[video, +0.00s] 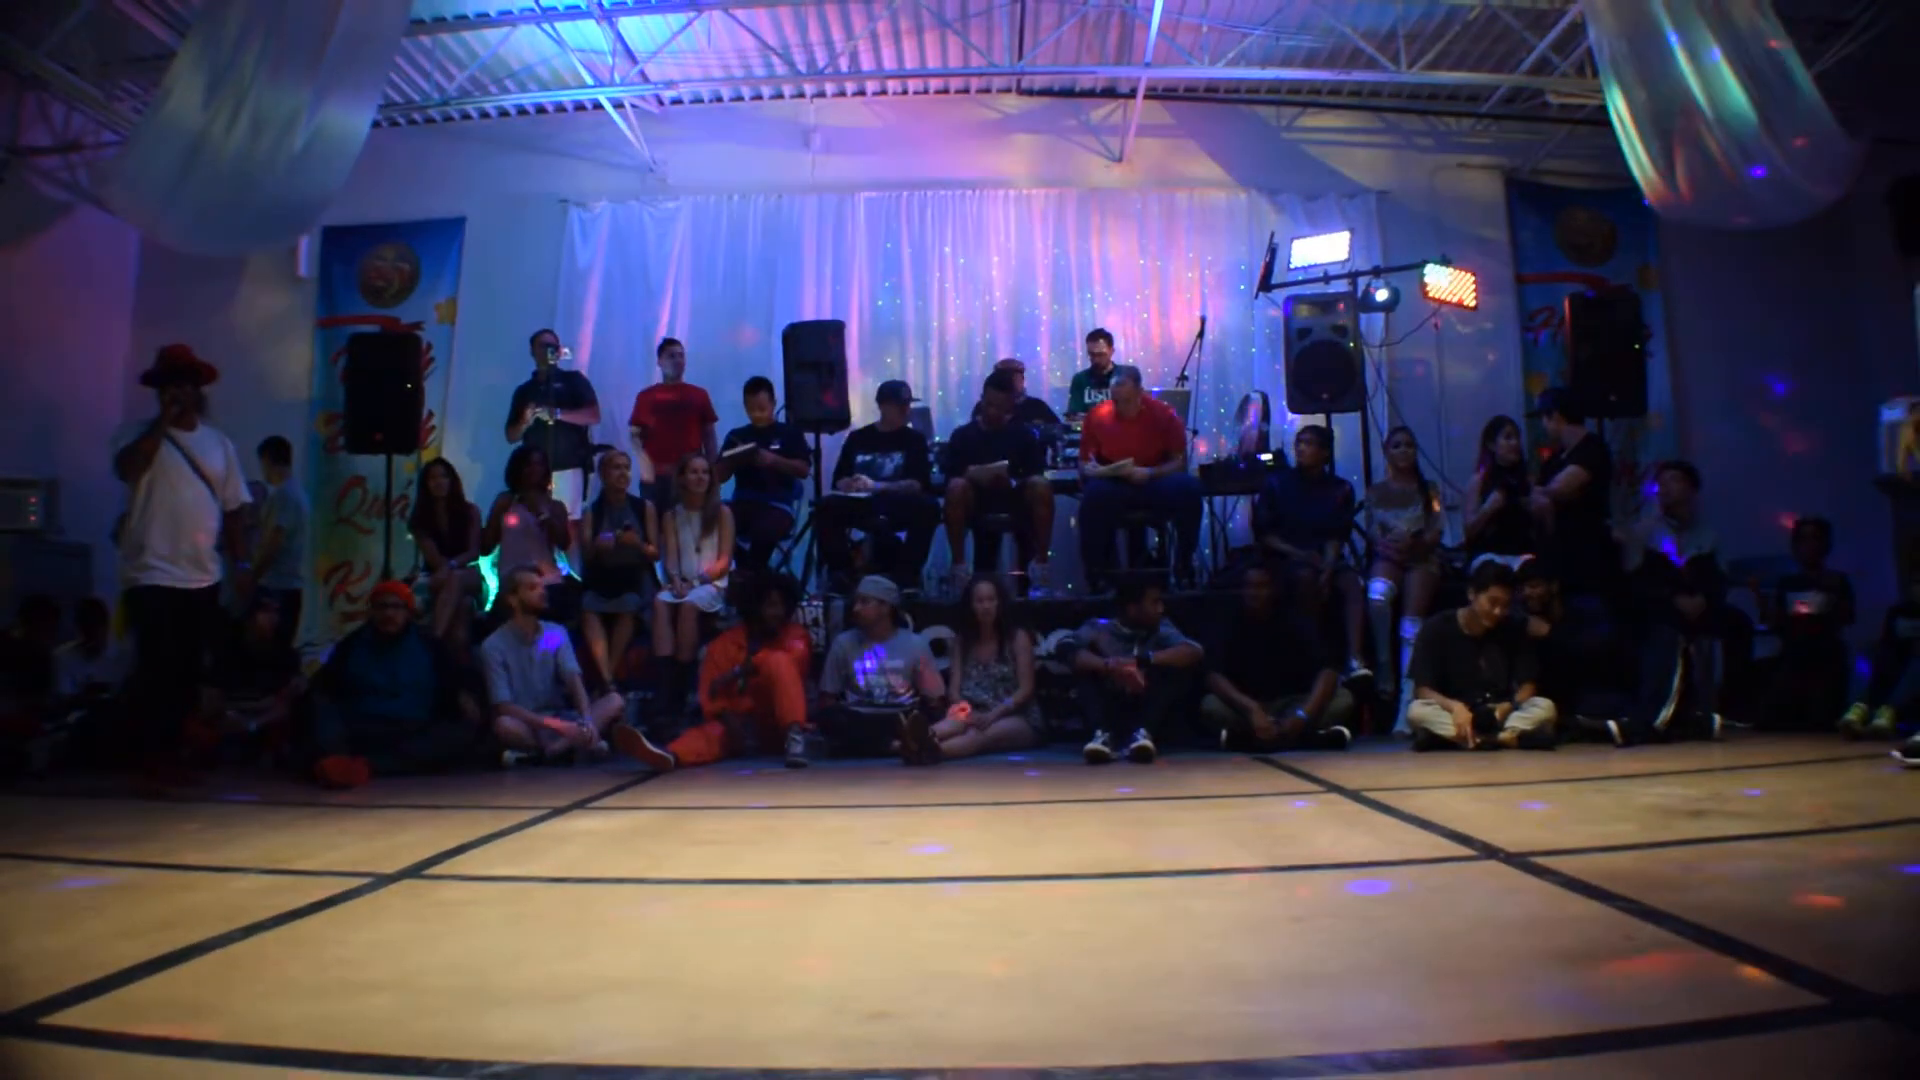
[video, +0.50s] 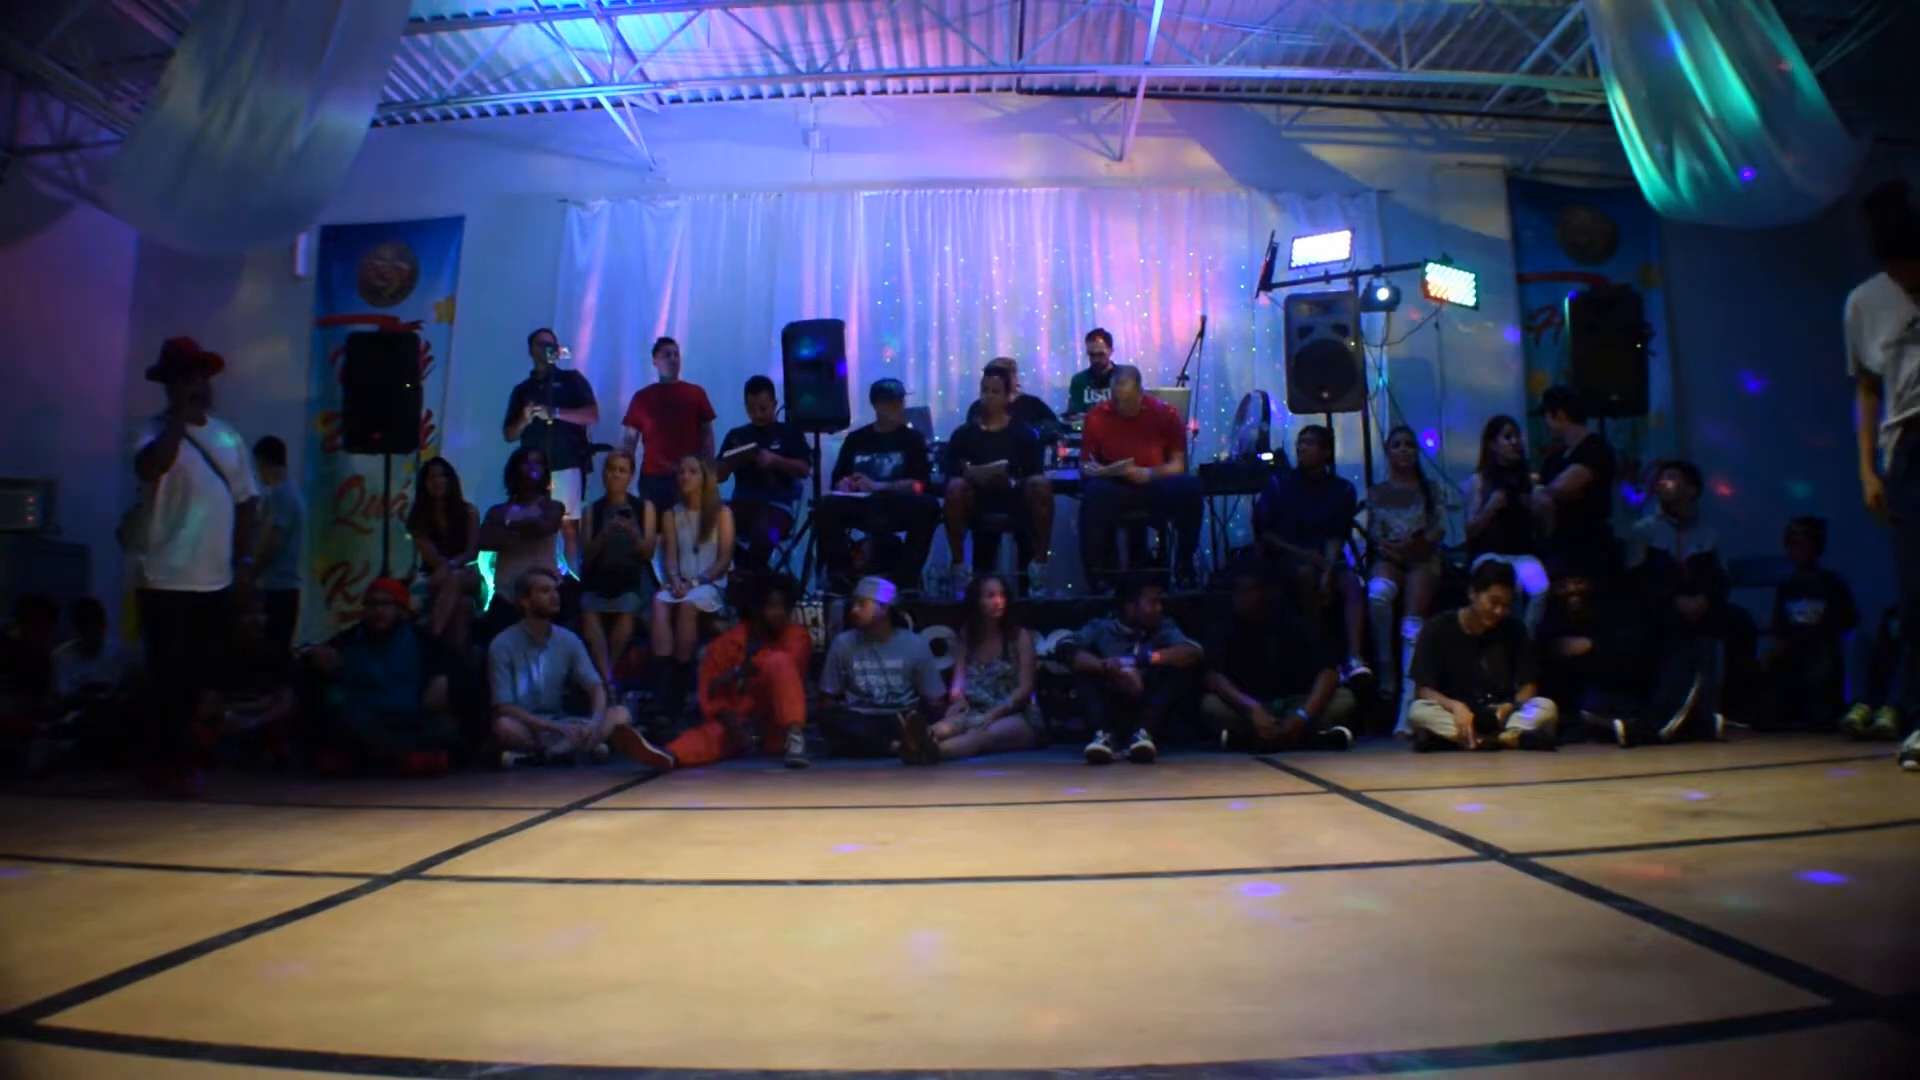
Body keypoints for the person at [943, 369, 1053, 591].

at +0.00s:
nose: (994, 413)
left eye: (1002, 408)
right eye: (990, 405)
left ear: (1012, 408)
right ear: (982, 402)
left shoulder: (1023, 435)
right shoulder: (963, 435)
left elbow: (1035, 471)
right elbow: (951, 472)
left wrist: (1006, 476)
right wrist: (976, 474)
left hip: (1013, 493)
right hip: (977, 493)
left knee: (1040, 486)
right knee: (957, 487)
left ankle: (1041, 563)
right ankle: (958, 565)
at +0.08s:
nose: (994, 413)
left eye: (1002, 409)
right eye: (990, 405)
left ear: (1013, 409)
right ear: (982, 401)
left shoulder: (1024, 435)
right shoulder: (964, 435)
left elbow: (1036, 471)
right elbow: (951, 470)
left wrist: (1008, 478)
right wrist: (979, 474)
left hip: (1014, 494)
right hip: (977, 495)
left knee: (1040, 486)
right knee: (957, 487)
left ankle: (1040, 562)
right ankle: (959, 565)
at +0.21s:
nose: (989, 404)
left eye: (996, 399)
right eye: (987, 398)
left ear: (1010, 400)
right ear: (982, 398)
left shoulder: (1024, 435)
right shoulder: (963, 435)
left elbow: (1036, 474)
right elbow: (950, 475)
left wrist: (1009, 479)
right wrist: (972, 473)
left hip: (1013, 494)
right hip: (976, 494)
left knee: (1040, 487)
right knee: (956, 487)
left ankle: (1039, 562)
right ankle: (958, 564)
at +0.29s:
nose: (987, 400)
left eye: (994, 394)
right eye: (985, 393)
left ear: (1009, 399)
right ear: (980, 395)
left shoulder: (1024, 434)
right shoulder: (963, 434)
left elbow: (1036, 473)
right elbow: (950, 473)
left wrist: (1008, 479)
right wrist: (973, 473)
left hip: (1013, 493)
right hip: (976, 494)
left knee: (1040, 487)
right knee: (956, 487)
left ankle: (1040, 563)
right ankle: (958, 564)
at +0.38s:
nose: (987, 399)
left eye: (995, 394)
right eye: (985, 392)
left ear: (1009, 399)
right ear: (980, 395)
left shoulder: (1024, 434)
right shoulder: (963, 434)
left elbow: (1034, 473)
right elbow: (950, 470)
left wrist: (1008, 480)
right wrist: (974, 473)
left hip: (1012, 492)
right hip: (976, 493)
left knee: (1040, 486)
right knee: (956, 487)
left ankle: (1041, 561)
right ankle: (958, 564)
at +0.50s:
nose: (987, 397)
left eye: (994, 392)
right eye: (984, 391)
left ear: (1008, 396)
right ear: (979, 392)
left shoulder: (1023, 434)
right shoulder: (963, 434)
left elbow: (1034, 472)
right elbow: (949, 469)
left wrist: (1009, 481)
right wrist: (972, 473)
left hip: (1012, 492)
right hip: (977, 492)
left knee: (1040, 486)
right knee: (956, 487)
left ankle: (1040, 562)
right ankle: (958, 565)